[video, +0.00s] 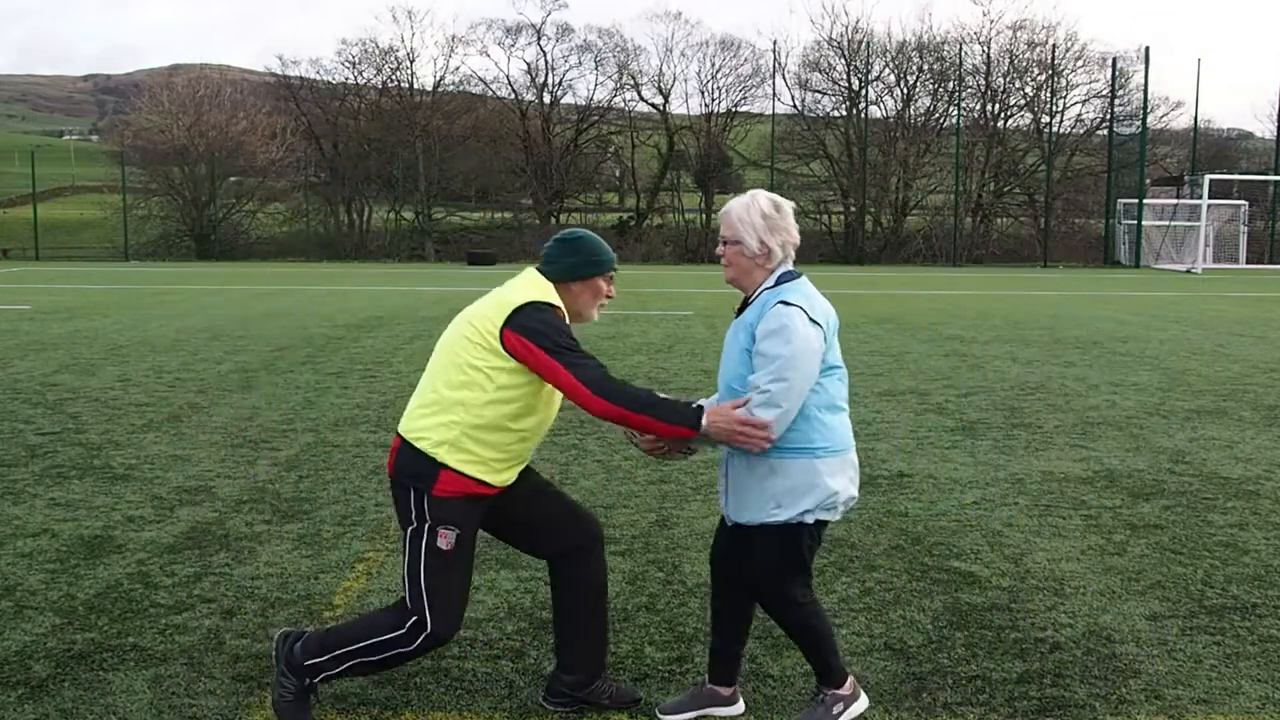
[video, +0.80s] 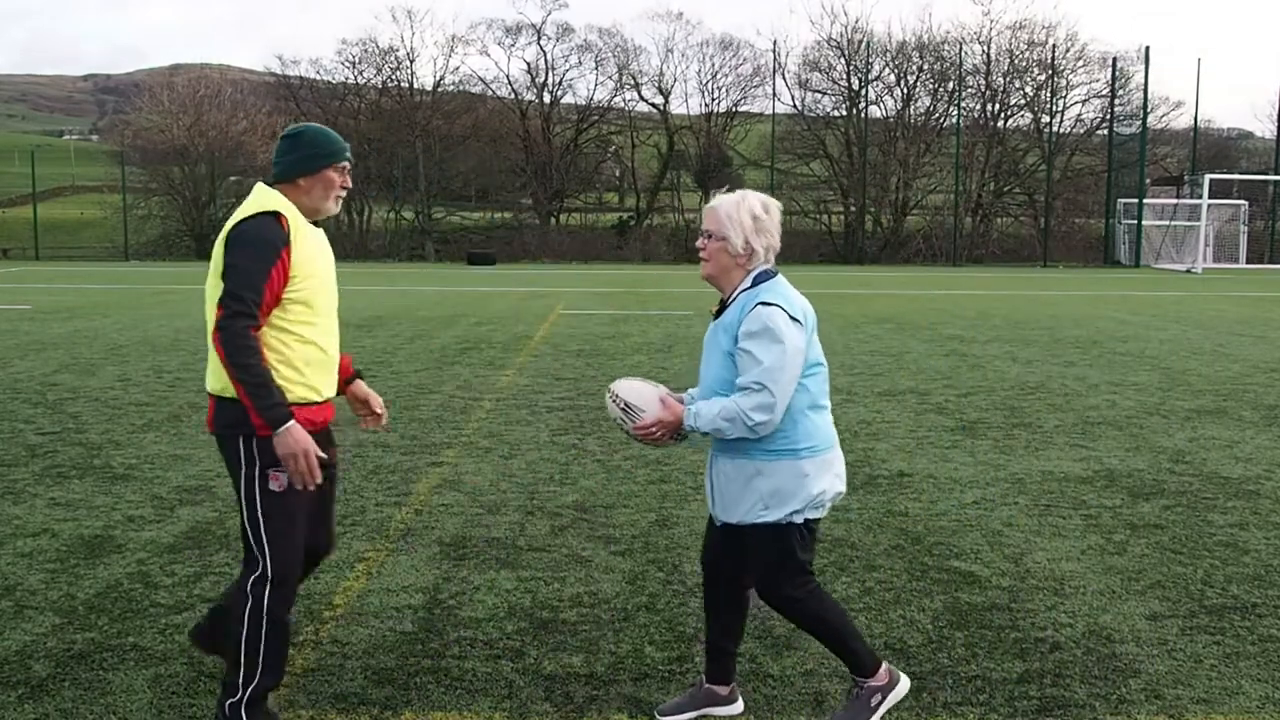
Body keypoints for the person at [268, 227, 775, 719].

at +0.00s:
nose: (609, 291)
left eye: (610, 282)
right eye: (603, 281)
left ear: (568, 277)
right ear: (570, 277)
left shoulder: (545, 310)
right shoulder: (527, 312)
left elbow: (603, 391)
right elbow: (598, 391)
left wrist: (682, 421)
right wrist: (701, 420)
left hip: (487, 467)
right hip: (436, 466)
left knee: (579, 538)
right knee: (431, 621)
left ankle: (577, 680)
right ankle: (300, 658)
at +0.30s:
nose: (568, 274)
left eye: (568, 263)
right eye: (561, 262)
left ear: (530, 261)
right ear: (527, 259)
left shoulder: (511, 299)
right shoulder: (486, 299)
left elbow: (534, 384)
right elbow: (526, 393)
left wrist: (596, 417)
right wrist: (618, 434)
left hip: (481, 467)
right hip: (427, 470)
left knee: (569, 542)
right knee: (419, 625)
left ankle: (579, 680)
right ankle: (281, 678)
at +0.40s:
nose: (509, 237)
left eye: (510, 226)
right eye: (501, 225)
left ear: (467, 229)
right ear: (468, 225)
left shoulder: (452, 273)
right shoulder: (426, 272)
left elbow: (472, 368)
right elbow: (452, 375)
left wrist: (540, 404)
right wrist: (539, 435)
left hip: (452, 455)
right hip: (398, 460)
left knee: (535, 552)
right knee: (387, 607)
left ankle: (574, 681)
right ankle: (259, 695)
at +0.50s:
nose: (450, 213)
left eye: (451, 202)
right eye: (444, 201)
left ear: (409, 200)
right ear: (410, 199)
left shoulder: (395, 247)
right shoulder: (368, 251)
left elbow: (406, 348)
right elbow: (383, 359)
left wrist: (465, 387)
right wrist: (462, 426)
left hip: (402, 441)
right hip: (358, 446)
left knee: (474, 551)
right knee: (329, 588)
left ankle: (538, 666)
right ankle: (246, 707)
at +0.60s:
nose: (405, 202)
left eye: (405, 190)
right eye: (399, 190)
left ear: (362, 189)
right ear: (365, 189)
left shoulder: (347, 238)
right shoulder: (328, 242)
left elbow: (359, 342)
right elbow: (325, 348)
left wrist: (418, 383)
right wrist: (393, 426)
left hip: (359, 429)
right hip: (321, 435)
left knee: (437, 518)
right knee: (308, 582)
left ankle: (419, 662)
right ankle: (247, 707)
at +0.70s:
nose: (369, 191)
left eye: (370, 180)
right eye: (363, 179)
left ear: (331, 180)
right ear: (328, 178)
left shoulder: (321, 230)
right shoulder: (290, 231)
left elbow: (329, 332)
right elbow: (276, 341)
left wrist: (380, 383)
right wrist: (333, 426)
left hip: (330, 420)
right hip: (287, 425)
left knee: (382, 523)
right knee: (291, 574)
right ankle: (245, 706)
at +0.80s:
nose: (348, 182)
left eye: (348, 171)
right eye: (339, 171)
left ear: (312, 175)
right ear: (304, 174)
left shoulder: (304, 231)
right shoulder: (262, 227)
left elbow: (304, 326)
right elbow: (234, 329)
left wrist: (349, 381)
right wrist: (280, 423)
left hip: (307, 417)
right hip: (260, 422)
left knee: (311, 544)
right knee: (273, 568)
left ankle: (221, 627)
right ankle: (244, 703)